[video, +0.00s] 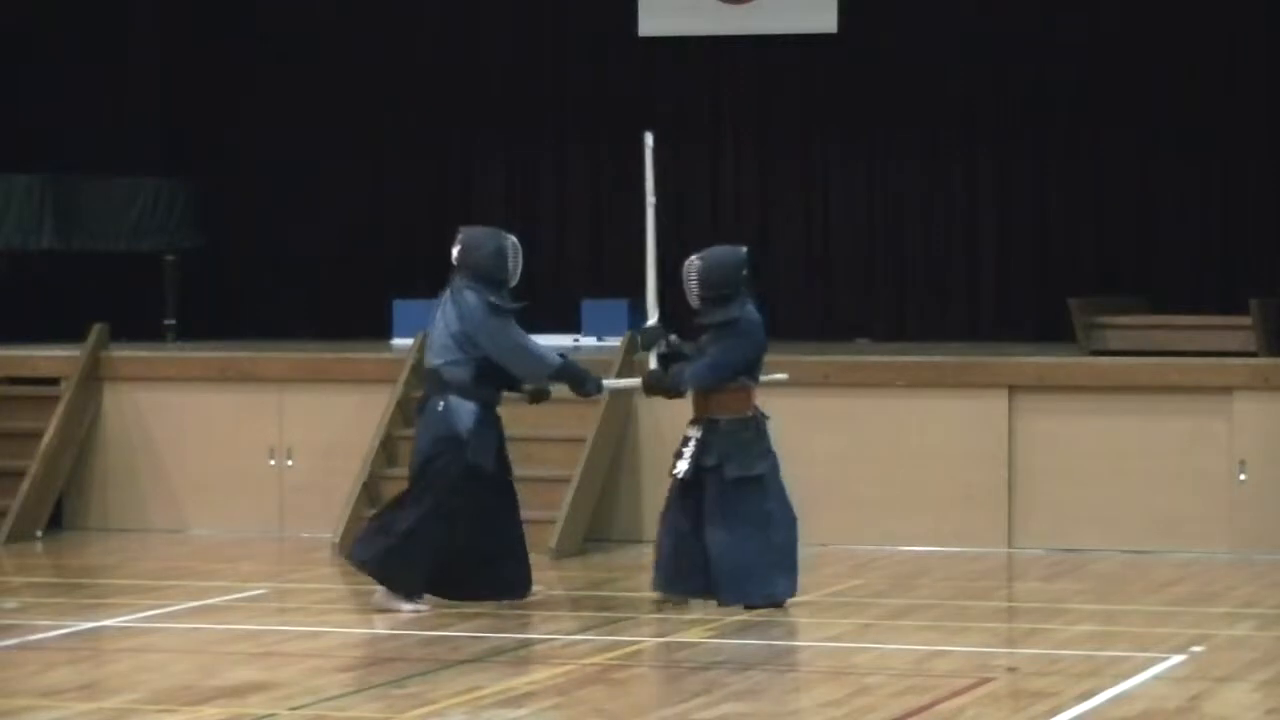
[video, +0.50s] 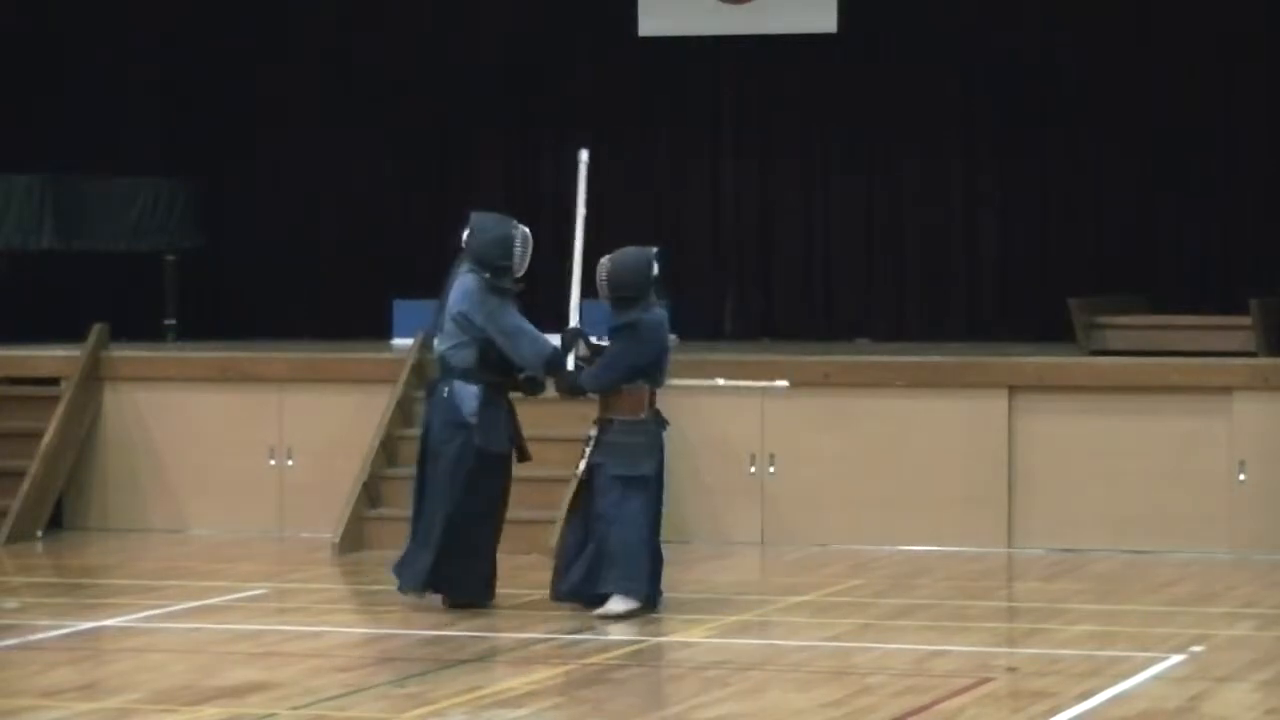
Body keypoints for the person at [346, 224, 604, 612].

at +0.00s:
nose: (513, 268)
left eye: (512, 259)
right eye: (507, 260)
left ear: (468, 260)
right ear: (491, 262)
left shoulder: (461, 297)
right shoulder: (474, 302)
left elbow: (479, 359)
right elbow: (516, 350)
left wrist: (524, 383)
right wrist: (571, 373)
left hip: (464, 408)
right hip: (459, 411)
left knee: (490, 496)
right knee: (443, 497)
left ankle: (502, 580)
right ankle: (398, 583)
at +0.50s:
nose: (519, 261)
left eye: (519, 253)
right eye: (514, 253)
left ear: (479, 252)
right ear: (498, 256)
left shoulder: (477, 284)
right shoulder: (477, 291)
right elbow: (528, 347)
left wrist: (533, 368)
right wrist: (556, 356)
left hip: (476, 398)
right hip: (470, 402)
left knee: (477, 490)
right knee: (473, 491)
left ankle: (468, 584)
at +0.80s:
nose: (543, 262)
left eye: (543, 253)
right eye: (539, 254)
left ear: (504, 252)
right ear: (524, 256)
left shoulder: (494, 285)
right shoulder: (496, 295)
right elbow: (549, 346)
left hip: (478, 394)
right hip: (488, 401)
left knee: (468, 488)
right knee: (505, 490)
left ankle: (459, 581)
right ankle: (503, 585)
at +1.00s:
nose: (547, 254)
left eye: (547, 245)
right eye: (542, 246)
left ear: (510, 249)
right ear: (524, 250)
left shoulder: (519, 291)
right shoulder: (503, 299)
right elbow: (537, 348)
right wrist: (580, 338)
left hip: (516, 397)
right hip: (502, 401)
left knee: (494, 488)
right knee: (499, 490)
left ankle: (477, 577)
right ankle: (491, 582)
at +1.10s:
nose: (546, 252)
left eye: (547, 243)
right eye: (540, 244)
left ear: (515, 247)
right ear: (525, 248)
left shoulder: (542, 291)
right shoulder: (505, 299)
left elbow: (569, 326)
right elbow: (524, 348)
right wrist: (566, 352)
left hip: (535, 397)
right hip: (507, 399)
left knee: (529, 488)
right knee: (506, 490)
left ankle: (527, 583)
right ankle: (500, 585)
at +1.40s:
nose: (566, 253)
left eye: (572, 243)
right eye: (557, 244)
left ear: (580, 247)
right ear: (539, 247)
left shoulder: (585, 292)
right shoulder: (521, 297)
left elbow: (606, 333)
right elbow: (527, 347)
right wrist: (575, 357)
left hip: (576, 402)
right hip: (531, 402)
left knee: (568, 494)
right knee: (525, 495)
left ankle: (570, 588)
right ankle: (515, 588)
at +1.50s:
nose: (579, 254)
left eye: (584, 246)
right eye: (570, 246)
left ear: (592, 249)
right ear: (551, 249)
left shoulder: (597, 293)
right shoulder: (534, 301)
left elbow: (621, 334)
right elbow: (546, 355)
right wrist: (596, 349)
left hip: (589, 406)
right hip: (544, 405)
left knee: (577, 500)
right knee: (535, 498)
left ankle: (572, 594)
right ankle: (515, 595)